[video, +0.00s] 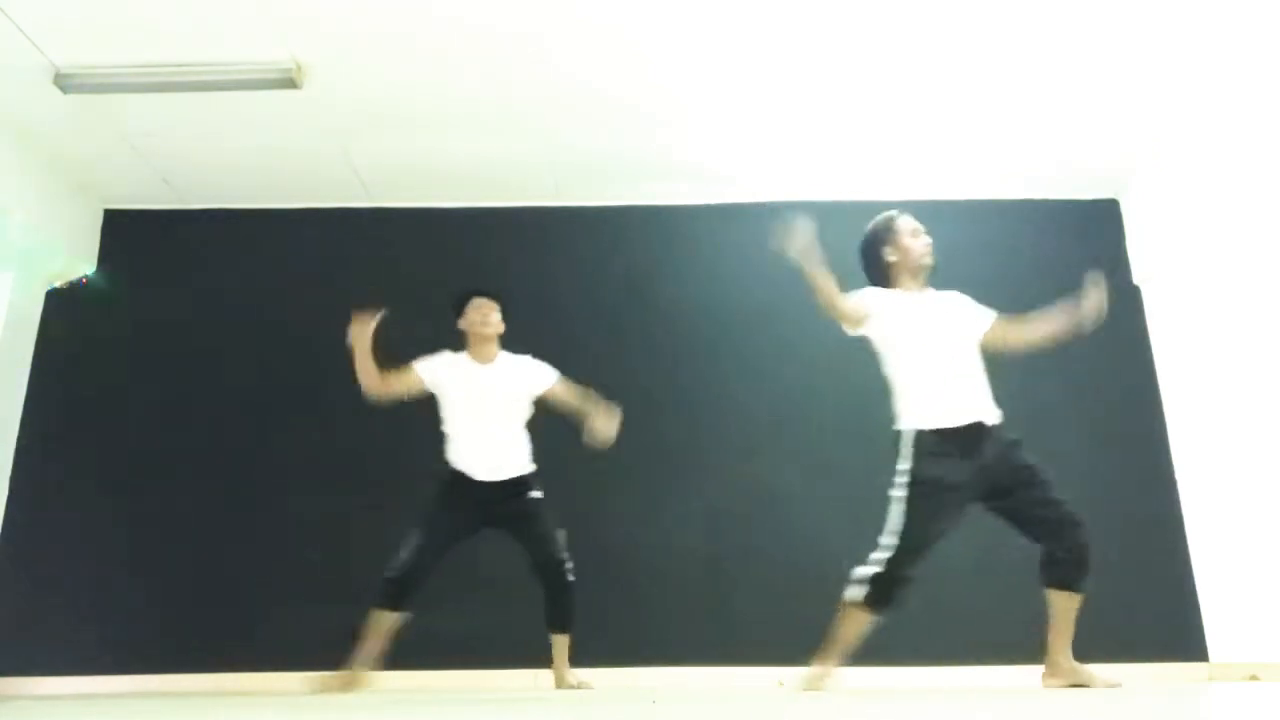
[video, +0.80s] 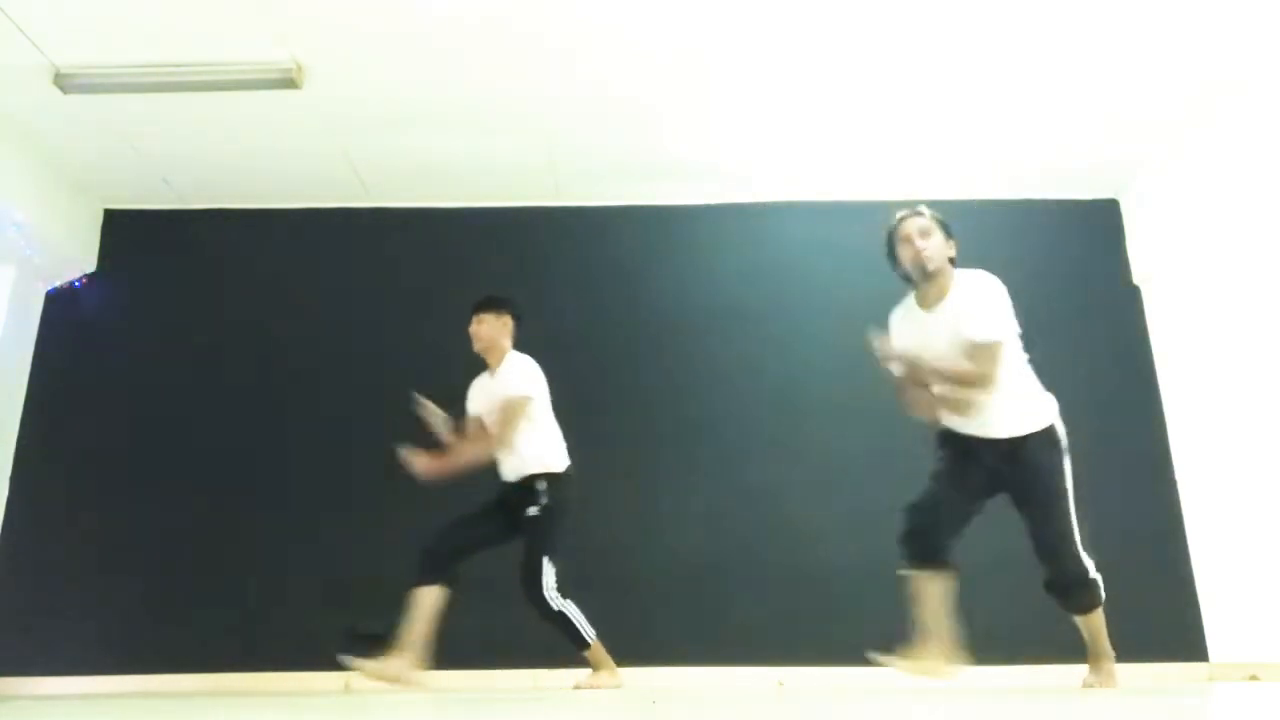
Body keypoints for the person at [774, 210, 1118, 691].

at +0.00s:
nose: (927, 238)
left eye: (924, 232)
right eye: (914, 233)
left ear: (924, 249)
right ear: (888, 253)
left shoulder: (956, 305)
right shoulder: (877, 303)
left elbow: (1018, 332)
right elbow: (840, 309)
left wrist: (1081, 311)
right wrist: (810, 260)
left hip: (990, 445)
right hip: (930, 449)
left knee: (1066, 535)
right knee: (892, 565)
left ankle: (1060, 664)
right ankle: (822, 669)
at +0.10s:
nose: (933, 231)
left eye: (930, 224)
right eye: (919, 227)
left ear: (937, 238)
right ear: (896, 251)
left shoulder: (974, 278)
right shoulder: (895, 307)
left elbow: (1025, 260)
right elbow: (871, 350)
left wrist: (1048, 238)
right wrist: (811, 361)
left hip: (1021, 430)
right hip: (966, 439)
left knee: (1081, 542)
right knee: (960, 562)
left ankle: (1062, 665)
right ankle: (920, 669)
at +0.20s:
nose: (933, 212)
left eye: (929, 207)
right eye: (917, 211)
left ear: (937, 223)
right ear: (898, 240)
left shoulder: (977, 249)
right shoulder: (909, 295)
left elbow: (1029, 199)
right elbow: (906, 368)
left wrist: (1013, 219)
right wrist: (872, 409)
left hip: (1039, 403)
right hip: (984, 419)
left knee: (1075, 527)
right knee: (1013, 533)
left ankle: (1068, 662)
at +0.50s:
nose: (925, 215)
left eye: (927, 205)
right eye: (910, 215)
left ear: (944, 211)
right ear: (899, 242)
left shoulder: (988, 230)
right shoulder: (912, 298)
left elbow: (1045, 186)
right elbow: (910, 353)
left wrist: (1027, 239)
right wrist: (935, 388)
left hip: (1053, 389)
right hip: (993, 412)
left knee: (1078, 521)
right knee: (1032, 530)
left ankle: (1101, 645)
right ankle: (1074, 646)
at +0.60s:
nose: (929, 246)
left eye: (932, 234)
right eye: (914, 244)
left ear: (950, 238)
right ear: (904, 266)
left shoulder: (995, 270)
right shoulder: (912, 323)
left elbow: (1081, 257)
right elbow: (899, 367)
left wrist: (1049, 314)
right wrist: (925, 403)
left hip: (1058, 415)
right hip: (997, 432)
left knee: (1076, 541)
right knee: (1014, 548)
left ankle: (1103, 653)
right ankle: (1075, 641)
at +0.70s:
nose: (924, 257)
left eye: (929, 245)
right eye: (910, 255)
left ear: (950, 250)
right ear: (902, 274)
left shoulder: (998, 298)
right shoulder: (914, 331)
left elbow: (1066, 356)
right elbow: (913, 392)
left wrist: (1001, 381)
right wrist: (942, 417)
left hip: (1049, 430)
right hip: (989, 441)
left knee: (1068, 547)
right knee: (969, 527)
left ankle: (1103, 660)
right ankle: (1043, 628)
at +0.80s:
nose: (918, 246)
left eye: (925, 234)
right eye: (906, 242)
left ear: (949, 243)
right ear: (899, 262)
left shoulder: (983, 290)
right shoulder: (902, 320)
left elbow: (982, 377)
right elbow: (926, 408)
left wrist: (913, 363)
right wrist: (907, 379)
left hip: (1030, 438)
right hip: (968, 445)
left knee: (1063, 559)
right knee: (924, 530)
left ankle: (1102, 660)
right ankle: (936, 648)